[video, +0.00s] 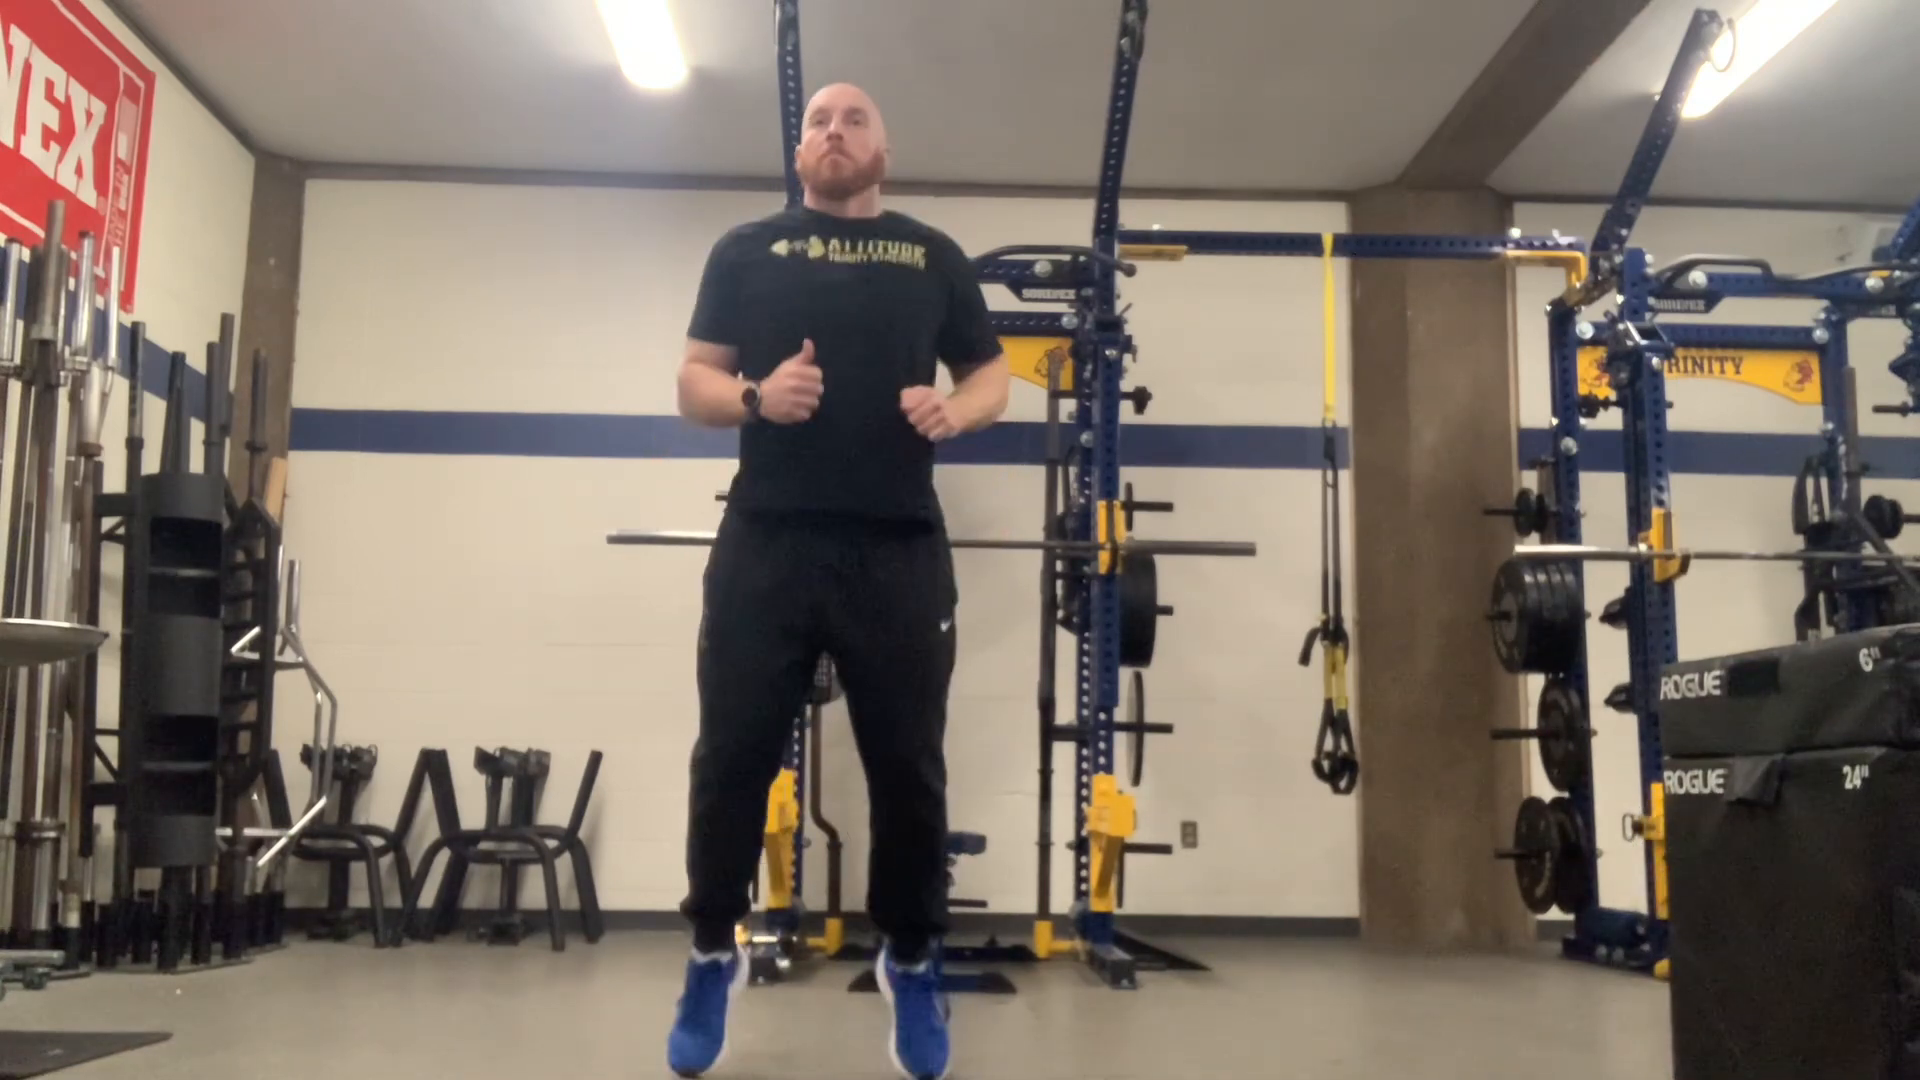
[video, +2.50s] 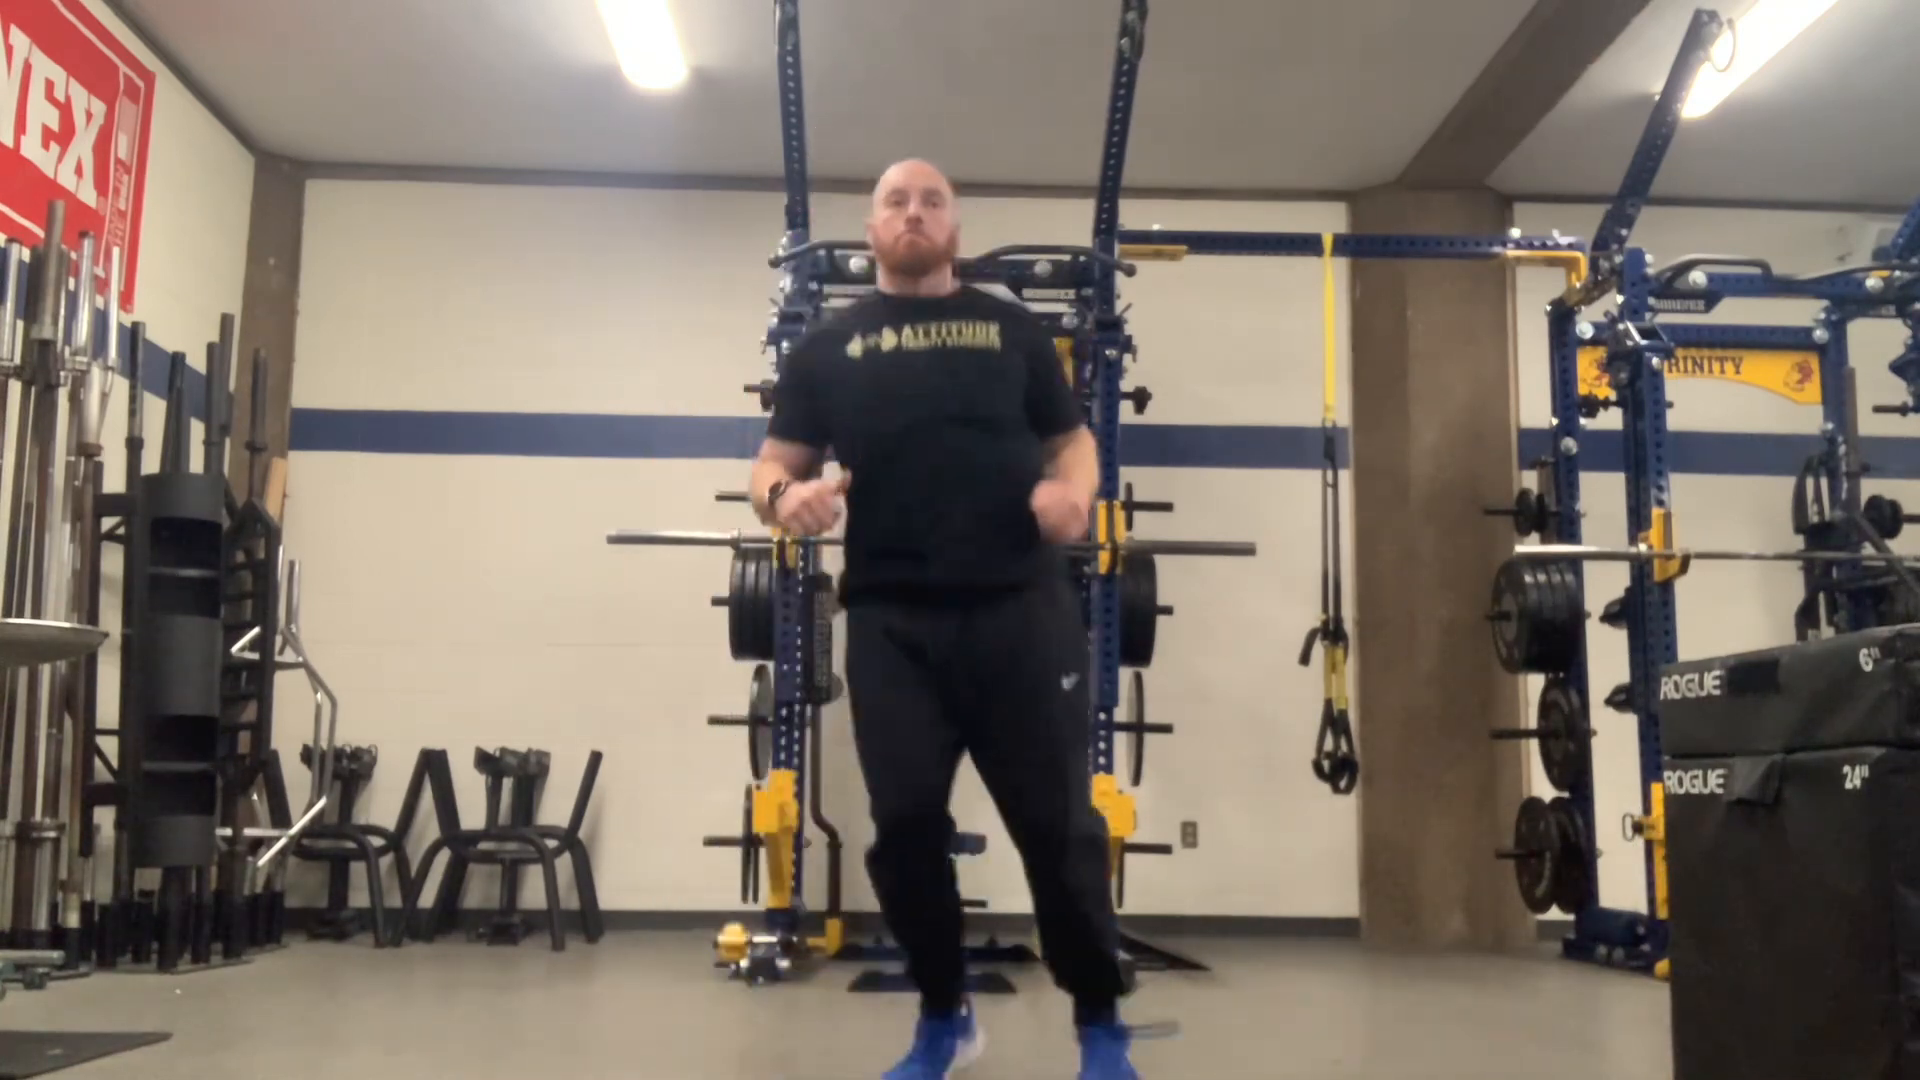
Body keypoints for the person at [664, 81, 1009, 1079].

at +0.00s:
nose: (834, 129)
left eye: (854, 119)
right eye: (818, 120)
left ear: (887, 151)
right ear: (796, 153)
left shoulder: (935, 257)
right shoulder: (745, 253)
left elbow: (992, 379)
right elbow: (696, 389)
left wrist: (955, 410)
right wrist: (755, 396)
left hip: (896, 548)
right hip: (766, 544)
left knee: (909, 768)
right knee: (731, 757)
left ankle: (912, 965)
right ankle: (711, 957)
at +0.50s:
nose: (842, 127)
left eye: (862, 117)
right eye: (827, 119)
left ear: (896, 151)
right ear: (805, 153)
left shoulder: (942, 258)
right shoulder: (749, 256)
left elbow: (1007, 380)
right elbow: (701, 367)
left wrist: (961, 422)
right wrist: (727, 409)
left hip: (903, 547)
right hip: (772, 543)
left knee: (916, 770)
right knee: (739, 762)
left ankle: (923, 981)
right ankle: (705, 969)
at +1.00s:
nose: (835, 143)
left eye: (855, 133)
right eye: (820, 134)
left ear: (890, 164)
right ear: (798, 167)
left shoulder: (942, 274)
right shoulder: (747, 275)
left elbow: (1002, 401)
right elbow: (690, 400)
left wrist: (967, 428)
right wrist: (722, 417)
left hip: (906, 559)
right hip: (773, 555)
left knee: (927, 771)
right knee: (733, 763)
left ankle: (939, 1004)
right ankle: (688, 997)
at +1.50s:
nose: (838, 208)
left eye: (856, 197)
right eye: (822, 199)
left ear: (887, 229)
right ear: (797, 232)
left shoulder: (937, 340)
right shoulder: (751, 342)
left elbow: (988, 460)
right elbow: (699, 464)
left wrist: (966, 508)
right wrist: (725, 509)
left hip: (904, 622)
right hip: (776, 619)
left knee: (904, 829)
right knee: (740, 824)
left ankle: (900, 1010)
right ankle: (716, 998)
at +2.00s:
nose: (830, 197)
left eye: (848, 187)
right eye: (814, 189)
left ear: (882, 220)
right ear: (791, 225)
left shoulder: (943, 329)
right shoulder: (748, 333)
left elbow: (1006, 452)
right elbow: (694, 457)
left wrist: (966, 475)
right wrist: (717, 489)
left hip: (906, 609)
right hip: (772, 606)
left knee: (926, 817)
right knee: (723, 815)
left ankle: (939, 1024)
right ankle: (663, 1019)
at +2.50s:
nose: (913, 216)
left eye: (930, 204)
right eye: (896, 203)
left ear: (957, 230)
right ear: (868, 229)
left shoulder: (1014, 330)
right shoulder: (824, 349)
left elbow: (1074, 441)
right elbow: (773, 470)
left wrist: (1070, 484)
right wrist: (787, 497)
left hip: (1018, 616)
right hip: (891, 624)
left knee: (1057, 830)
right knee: (904, 830)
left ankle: (1099, 1030)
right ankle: (944, 1021)